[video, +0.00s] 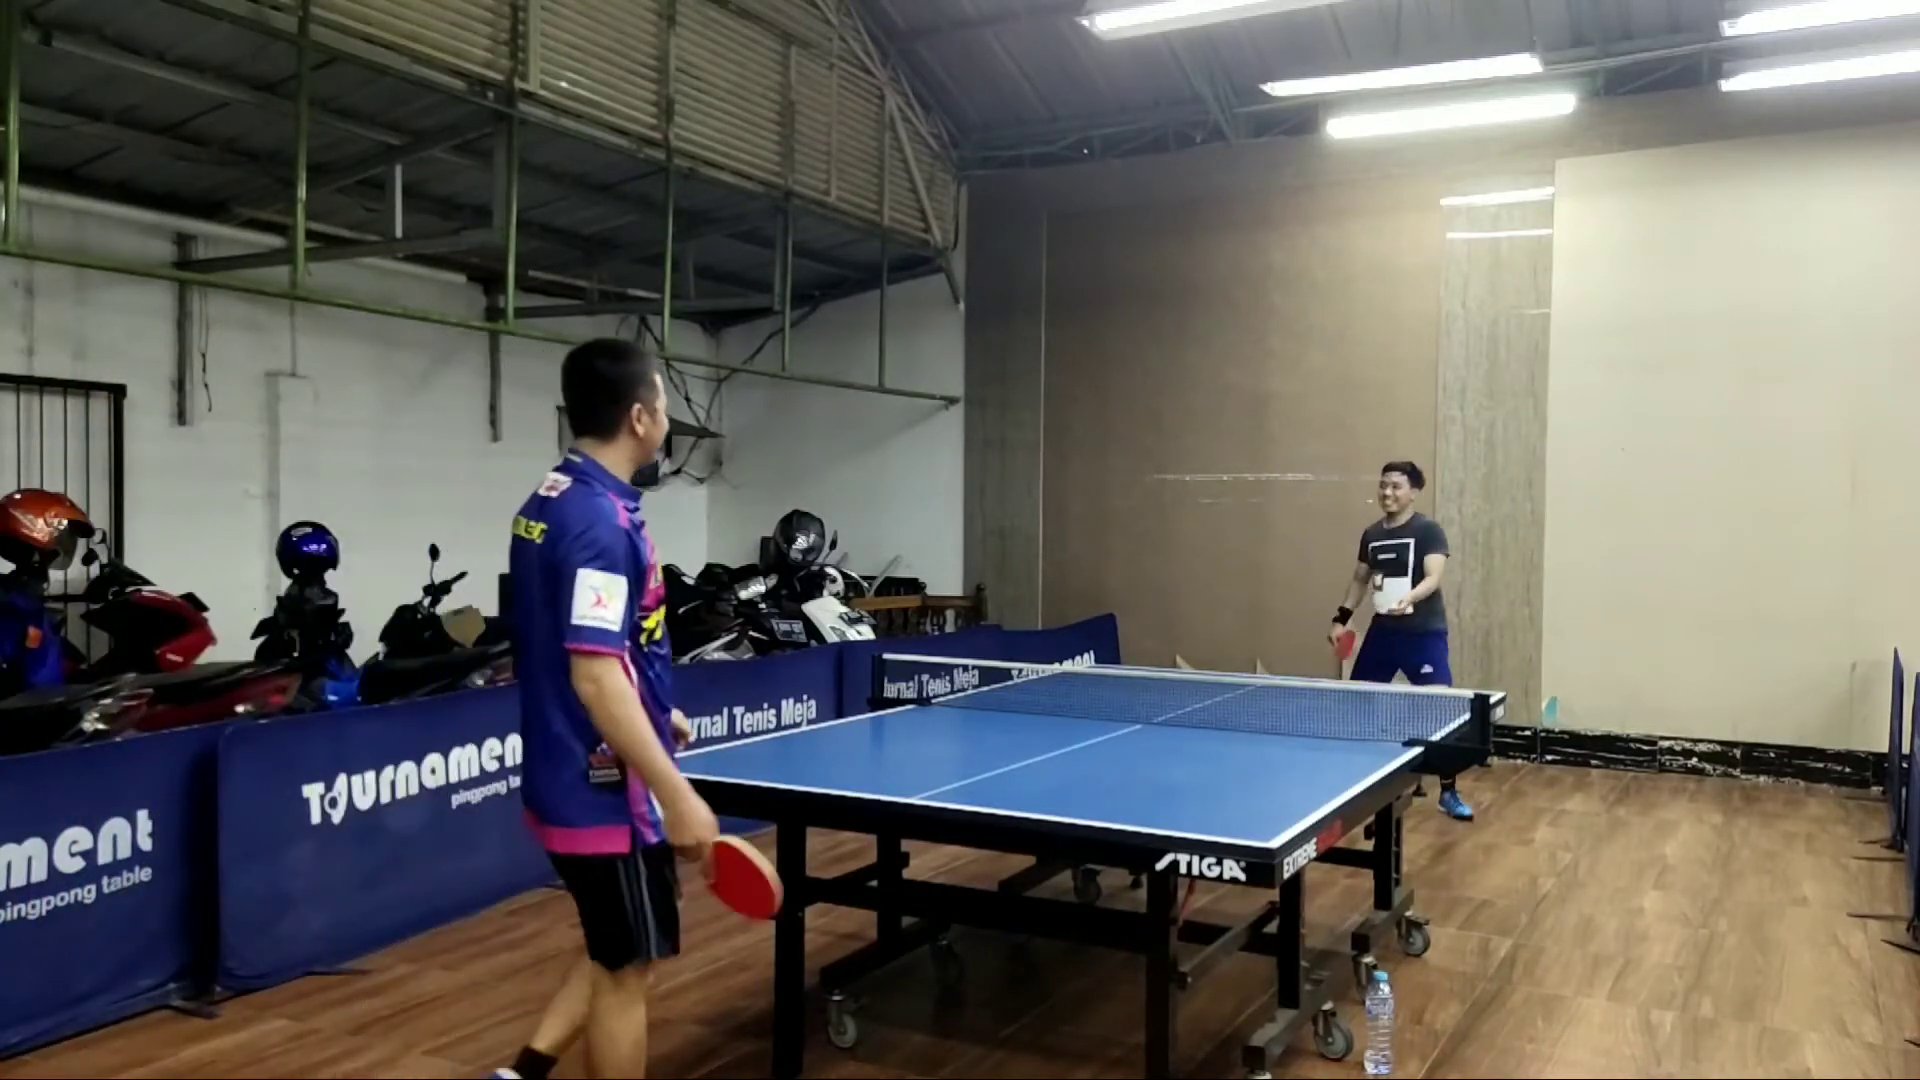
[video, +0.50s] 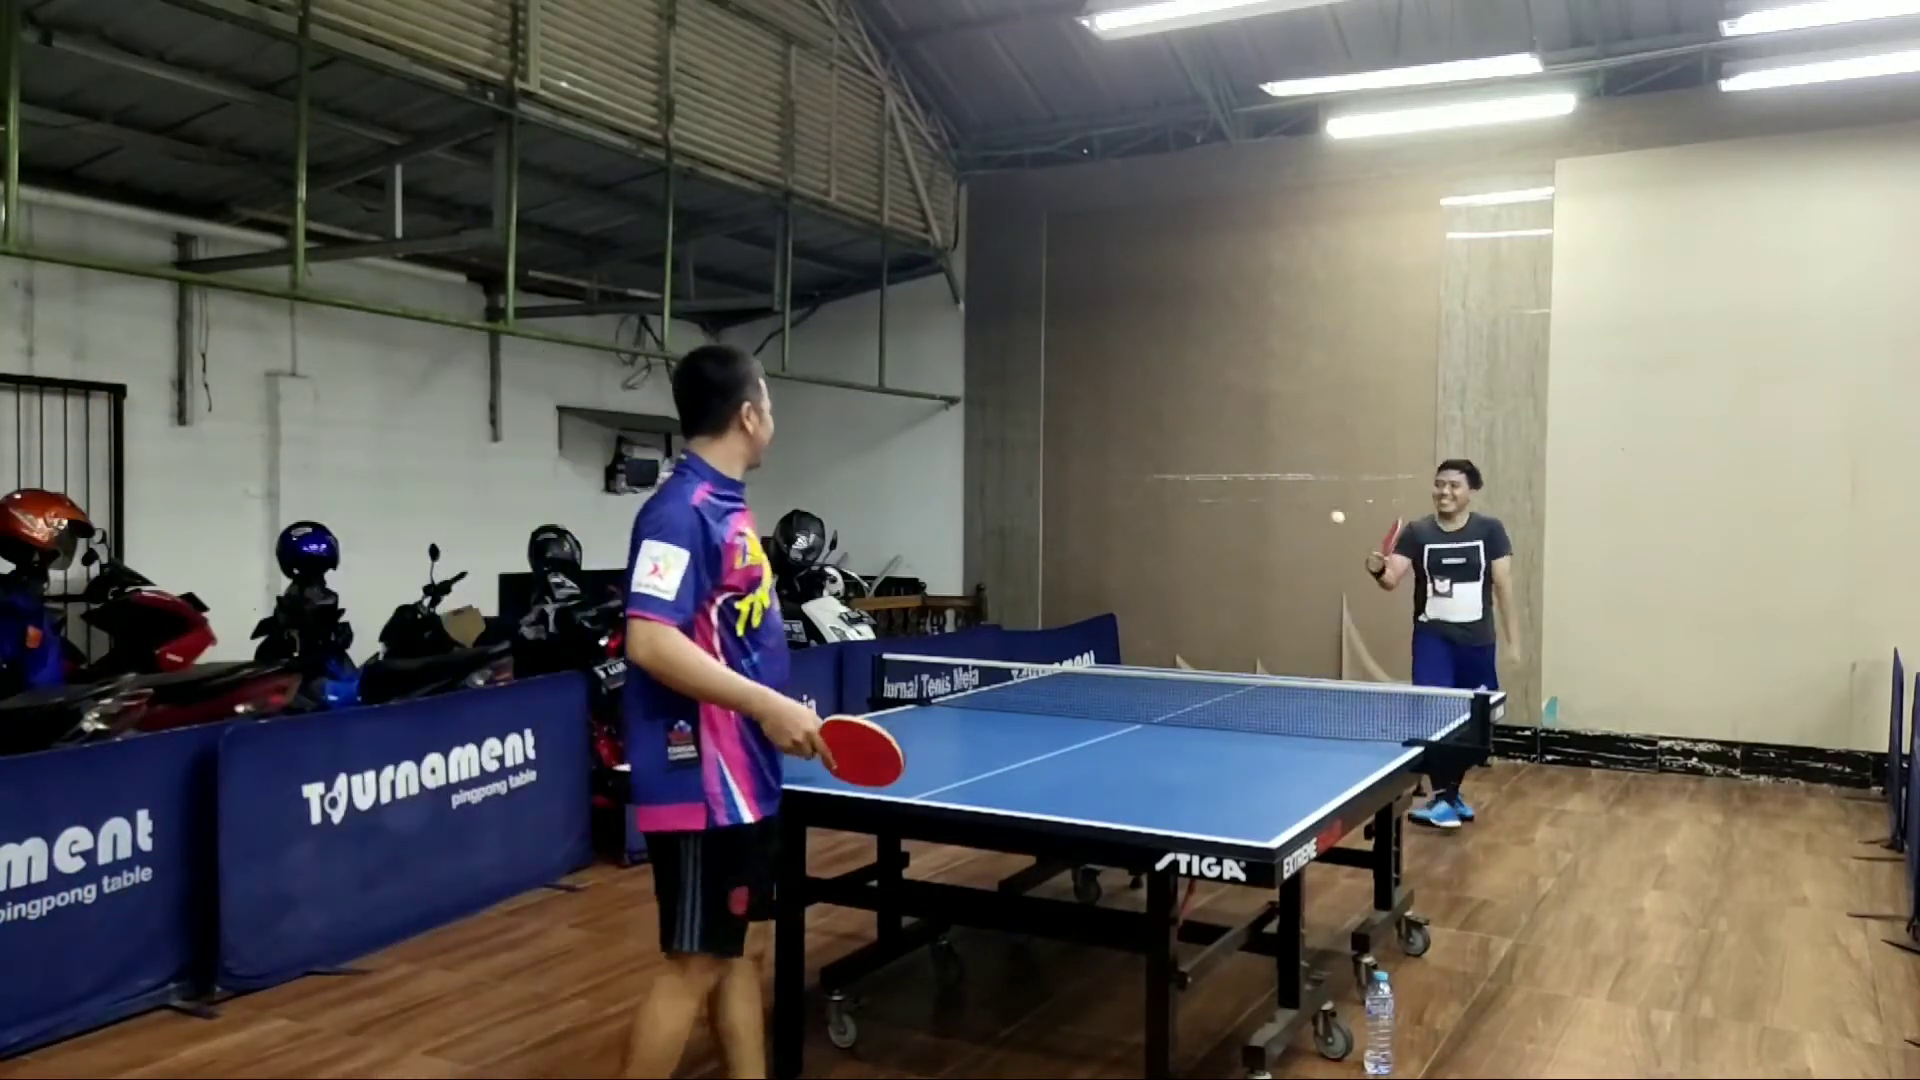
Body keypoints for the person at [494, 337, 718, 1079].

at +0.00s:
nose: (667, 420)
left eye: (665, 404)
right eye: (663, 405)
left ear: (581, 414)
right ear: (639, 416)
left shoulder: (554, 502)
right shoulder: (600, 522)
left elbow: (573, 648)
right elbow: (597, 676)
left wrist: (653, 711)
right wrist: (678, 799)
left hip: (567, 782)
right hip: (602, 797)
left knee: (613, 948)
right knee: (625, 968)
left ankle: (528, 1068)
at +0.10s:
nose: (690, 418)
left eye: (687, 402)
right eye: (686, 403)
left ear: (612, 412)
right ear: (664, 412)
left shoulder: (596, 499)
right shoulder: (620, 515)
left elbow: (591, 652)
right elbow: (622, 665)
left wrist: (672, 745)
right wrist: (732, 758)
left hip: (636, 766)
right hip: (611, 778)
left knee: (699, 903)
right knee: (632, 971)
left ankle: (634, 1054)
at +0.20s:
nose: (715, 418)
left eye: (711, 402)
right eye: (711, 402)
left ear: (641, 412)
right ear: (691, 412)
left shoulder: (660, 504)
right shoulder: (634, 513)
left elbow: (654, 650)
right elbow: (635, 658)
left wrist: (717, 719)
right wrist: (757, 726)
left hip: (672, 773)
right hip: (624, 788)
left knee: (709, 932)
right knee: (635, 977)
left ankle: (713, 1074)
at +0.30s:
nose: (735, 421)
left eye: (732, 406)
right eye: (732, 406)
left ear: (663, 414)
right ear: (712, 415)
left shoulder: (684, 508)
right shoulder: (649, 513)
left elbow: (677, 638)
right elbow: (639, 654)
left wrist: (735, 709)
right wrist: (767, 704)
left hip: (695, 776)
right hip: (648, 789)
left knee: (716, 951)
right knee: (645, 979)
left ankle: (738, 1075)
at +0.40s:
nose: (754, 422)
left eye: (750, 407)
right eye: (750, 407)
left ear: (683, 416)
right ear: (729, 416)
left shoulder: (707, 509)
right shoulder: (662, 514)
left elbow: (706, 650)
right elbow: (642, 650)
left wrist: (778, 713)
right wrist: (767, 704)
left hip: (720, 775)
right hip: (674, 787)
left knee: (728, 951)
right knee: (666, 973)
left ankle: (746, 1074)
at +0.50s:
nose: (770, 418)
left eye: (766, 403)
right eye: (767, 404)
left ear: (699, 413)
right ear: (749, 413)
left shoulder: (723, 505)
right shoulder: (678, 511)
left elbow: (713, 641)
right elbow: (649, 640)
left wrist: (781, 713)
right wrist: (766, 703)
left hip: (736, 773)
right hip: (692, 782)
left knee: (738, 953)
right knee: (693, 963)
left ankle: (750, 1074)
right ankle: (641, 1074)